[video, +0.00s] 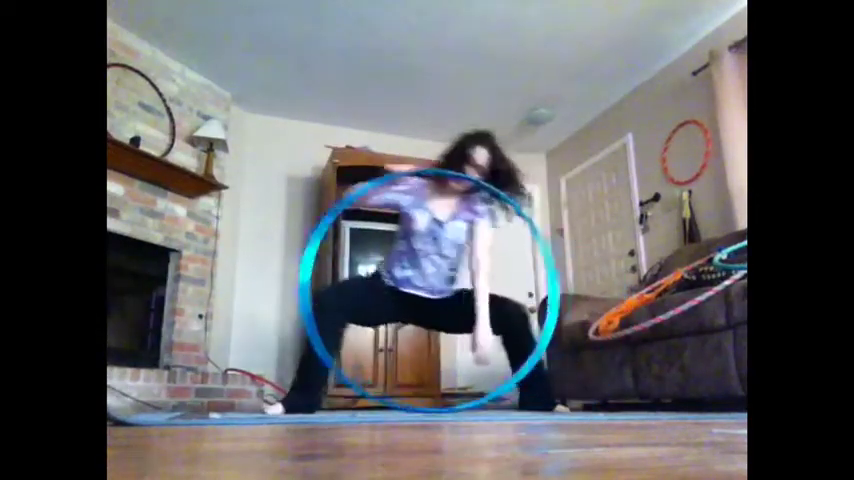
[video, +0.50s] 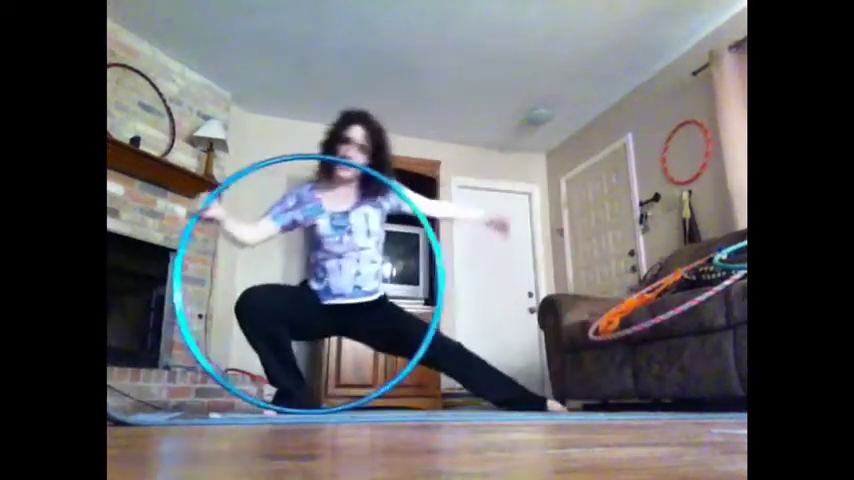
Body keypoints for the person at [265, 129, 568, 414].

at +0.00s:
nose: (470, 175)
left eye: (480, 171)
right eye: (467, 164)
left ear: (487, 177)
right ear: (453, 160)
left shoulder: (478, 210)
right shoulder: (414, 189)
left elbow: (480, 267)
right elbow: (355, 198)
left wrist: (480, 326)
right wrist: (383, 175)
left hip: (444, 303)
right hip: (391, 295)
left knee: (512, 315)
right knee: (331, 303)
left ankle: (540, 409)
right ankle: (300, 405)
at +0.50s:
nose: (351, 152)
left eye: (361, 147)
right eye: (345, 142)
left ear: (372, 157)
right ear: (330, 146)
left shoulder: (381, 196)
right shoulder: (306, 198)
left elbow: (437, 209)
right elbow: (249, 235)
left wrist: (487, 218)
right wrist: (219, 215)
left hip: (371, 309)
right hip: (318, 306)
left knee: (443, 349)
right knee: (253, 304)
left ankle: (538, 407)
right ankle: (296, 400)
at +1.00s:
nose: (321, 165)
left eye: (328, 156)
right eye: (312, 158)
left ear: (343, 159)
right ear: (302, 165)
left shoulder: (366, 186)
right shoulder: (302, 214)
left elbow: (387, 125)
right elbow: (274, 264)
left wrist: (342, 83)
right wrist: (257, 215)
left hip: (365, 314)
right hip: (319, 313)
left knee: (447, 346)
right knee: (263, 307)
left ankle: (538, 410)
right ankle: (290, 402)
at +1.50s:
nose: (413, 184)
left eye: (414, 176)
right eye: (405, 181)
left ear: (427, 174)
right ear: (396, 189)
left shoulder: (451, 192)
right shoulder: (400, 222)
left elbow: (486, 148)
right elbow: (439, 252)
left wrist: (439, 155)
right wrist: (456, 198)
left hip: (438, 308)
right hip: (390, 306)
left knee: (510, 316)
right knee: (336, 311)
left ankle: (533, 403)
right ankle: (290, 403)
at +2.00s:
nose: (523, 222)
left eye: (528, 213)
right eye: (513, 217)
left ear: (542, 214)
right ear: (503, 224)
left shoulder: (547, 240)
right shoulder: (498, 258)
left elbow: (604, 222)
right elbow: (536, 307)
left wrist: (575, 186)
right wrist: (594, 336)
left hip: (504, 331)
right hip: (455, 330)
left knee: (568, 326)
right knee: (385, 359)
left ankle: (534, 411)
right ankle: (294, 405)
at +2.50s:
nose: (439, 217)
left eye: (446, 211)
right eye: (433, 209)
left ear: (460, 215)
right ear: (420, 210)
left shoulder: (463, 246)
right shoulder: (399, 236)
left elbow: (506, 211)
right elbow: (345, 257)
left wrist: (462, 180)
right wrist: (377, 308)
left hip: (443, 312)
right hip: (393, 308)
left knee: (512, 317)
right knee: (338, 313)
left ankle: (540, 404)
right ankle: (295, 403)